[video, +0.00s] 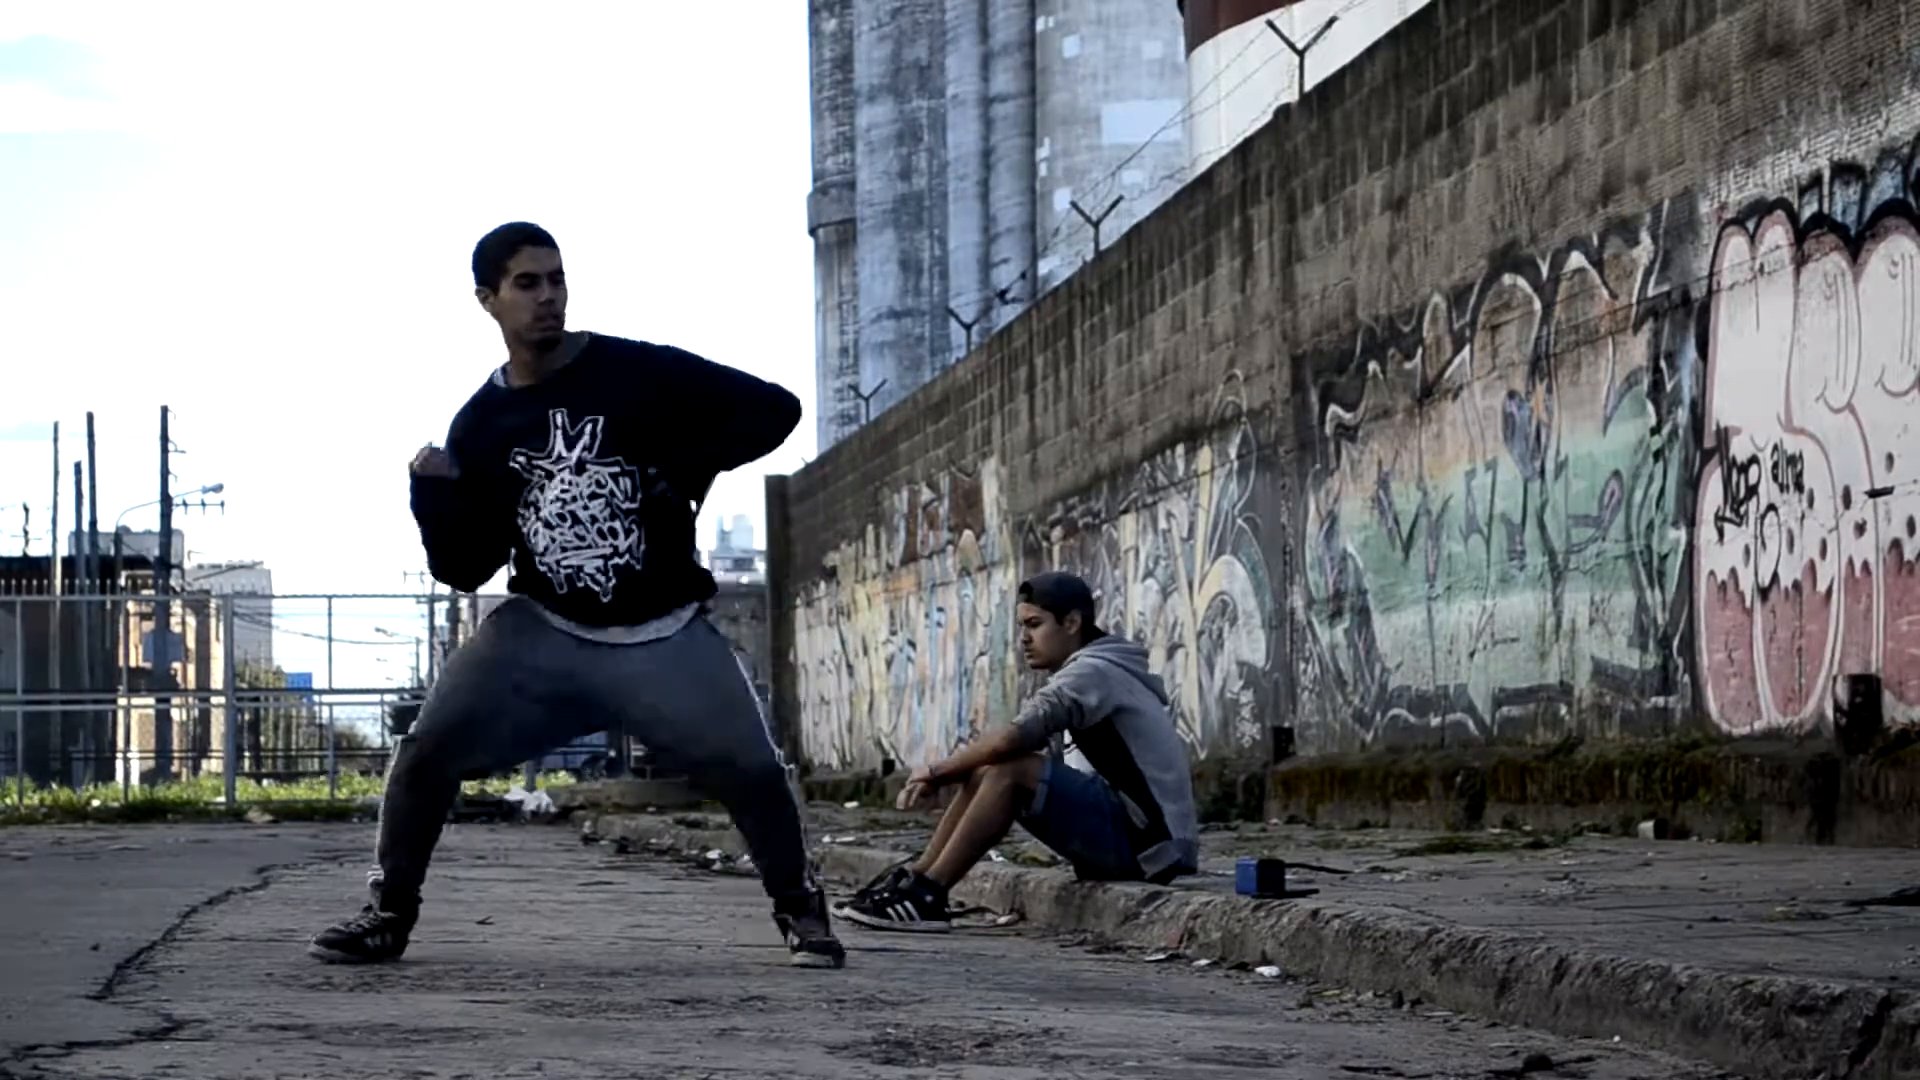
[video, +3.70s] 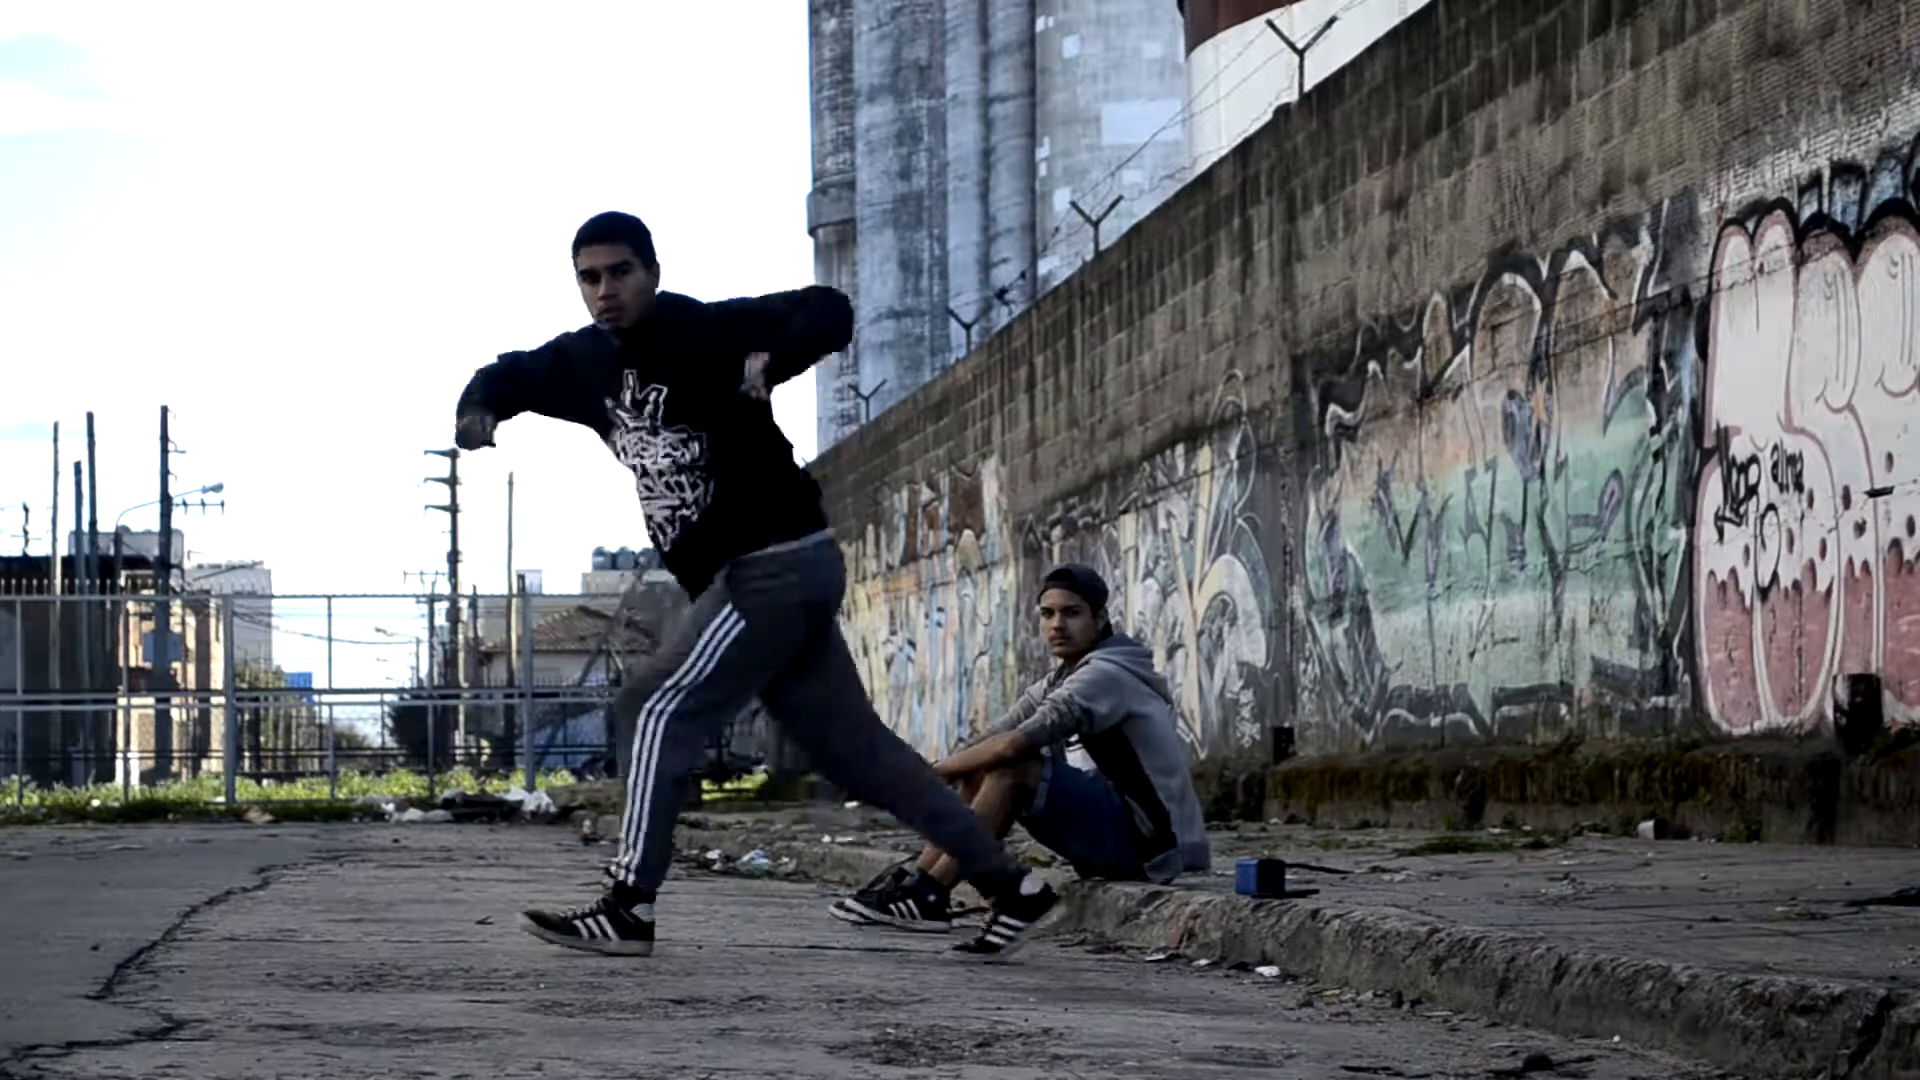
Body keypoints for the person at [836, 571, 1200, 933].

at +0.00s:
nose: (1024, 638)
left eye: (1034, 625)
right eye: (1021, 627)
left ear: (1072, 623)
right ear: (1068, 627)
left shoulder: (1094, 668)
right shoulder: (1080, 670)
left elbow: (1014, 740)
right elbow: (1014, 744)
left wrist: (936, 770)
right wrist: (944, 776)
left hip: (1149, 843)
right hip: (1125, 833)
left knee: (1010, 771)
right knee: (984, 769)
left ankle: (931, 894)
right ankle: (913, 883)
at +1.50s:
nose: (1026, 641)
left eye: (1037, 626)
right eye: (1019, 634)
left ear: (1074, 621)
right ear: (1017, 639)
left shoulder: (1096, 670)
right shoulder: (1063, 677)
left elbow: (1011, 744)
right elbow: (1007, 746)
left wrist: (935, 774)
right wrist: (943, 774)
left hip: (1149, 844)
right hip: (1119, 835)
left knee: (1007, 774)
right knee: (983, 769)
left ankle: (932, 895)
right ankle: (913, 881)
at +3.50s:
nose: (1060, 628)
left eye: (1074, 616)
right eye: (1051, 618)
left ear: (1102, 621)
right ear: (1042, 626)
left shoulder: (1111, 674)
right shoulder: (1072, 673)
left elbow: (1021, 746)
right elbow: (1002, 731)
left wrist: (937, 768)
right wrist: (941, 769)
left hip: (1152, 846)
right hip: (1122, 836)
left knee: (1014, 769)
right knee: (988, 761)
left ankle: (935, 895)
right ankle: (917, 881)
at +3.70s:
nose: (1057, 625)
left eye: (1071, 613)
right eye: (1048, 615)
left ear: (1099, 619)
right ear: (1040, 623)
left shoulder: (1107, 671)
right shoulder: (1060, 679)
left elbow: (1014, 748)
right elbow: (993, 737)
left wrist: (937, 772)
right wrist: (933, 775)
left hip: (1153, 842)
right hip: (1119, 834)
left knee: (1015, 766)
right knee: (984, 762)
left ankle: (933, 895)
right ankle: (914, 880)